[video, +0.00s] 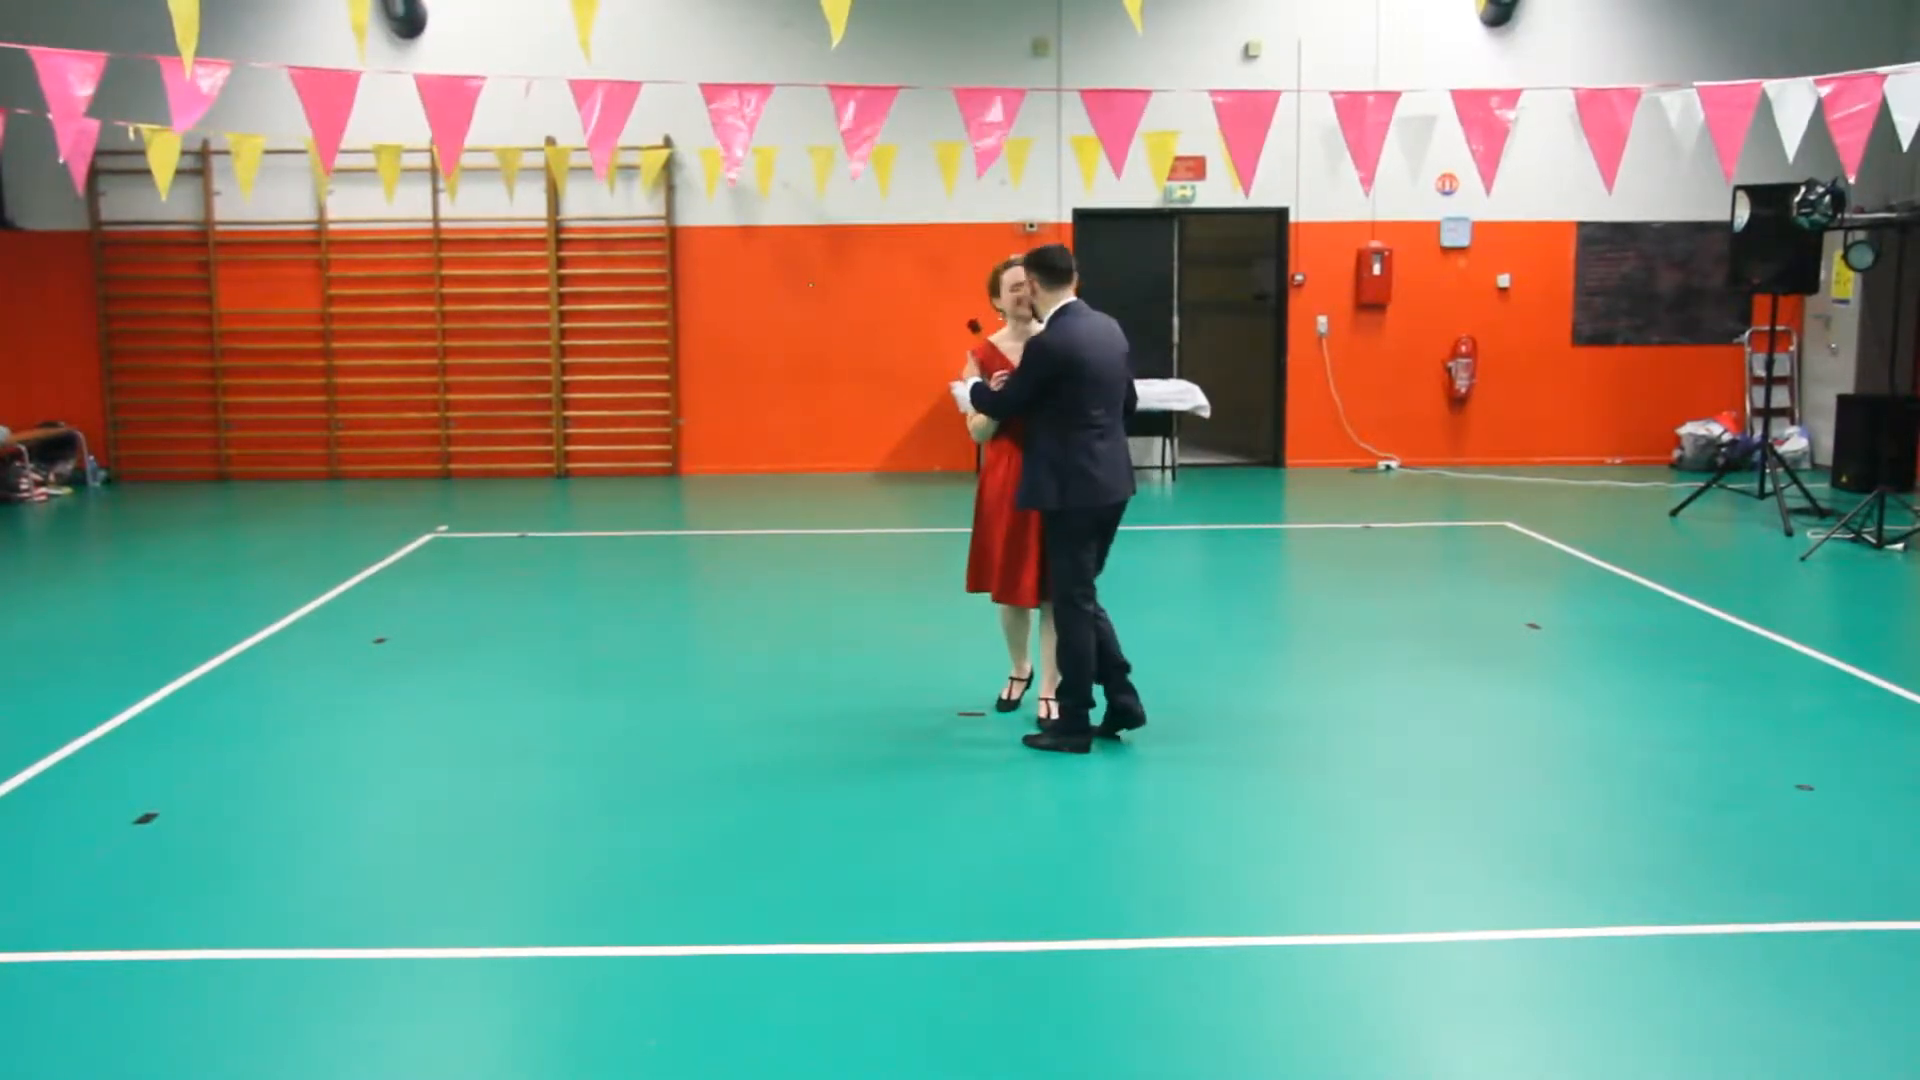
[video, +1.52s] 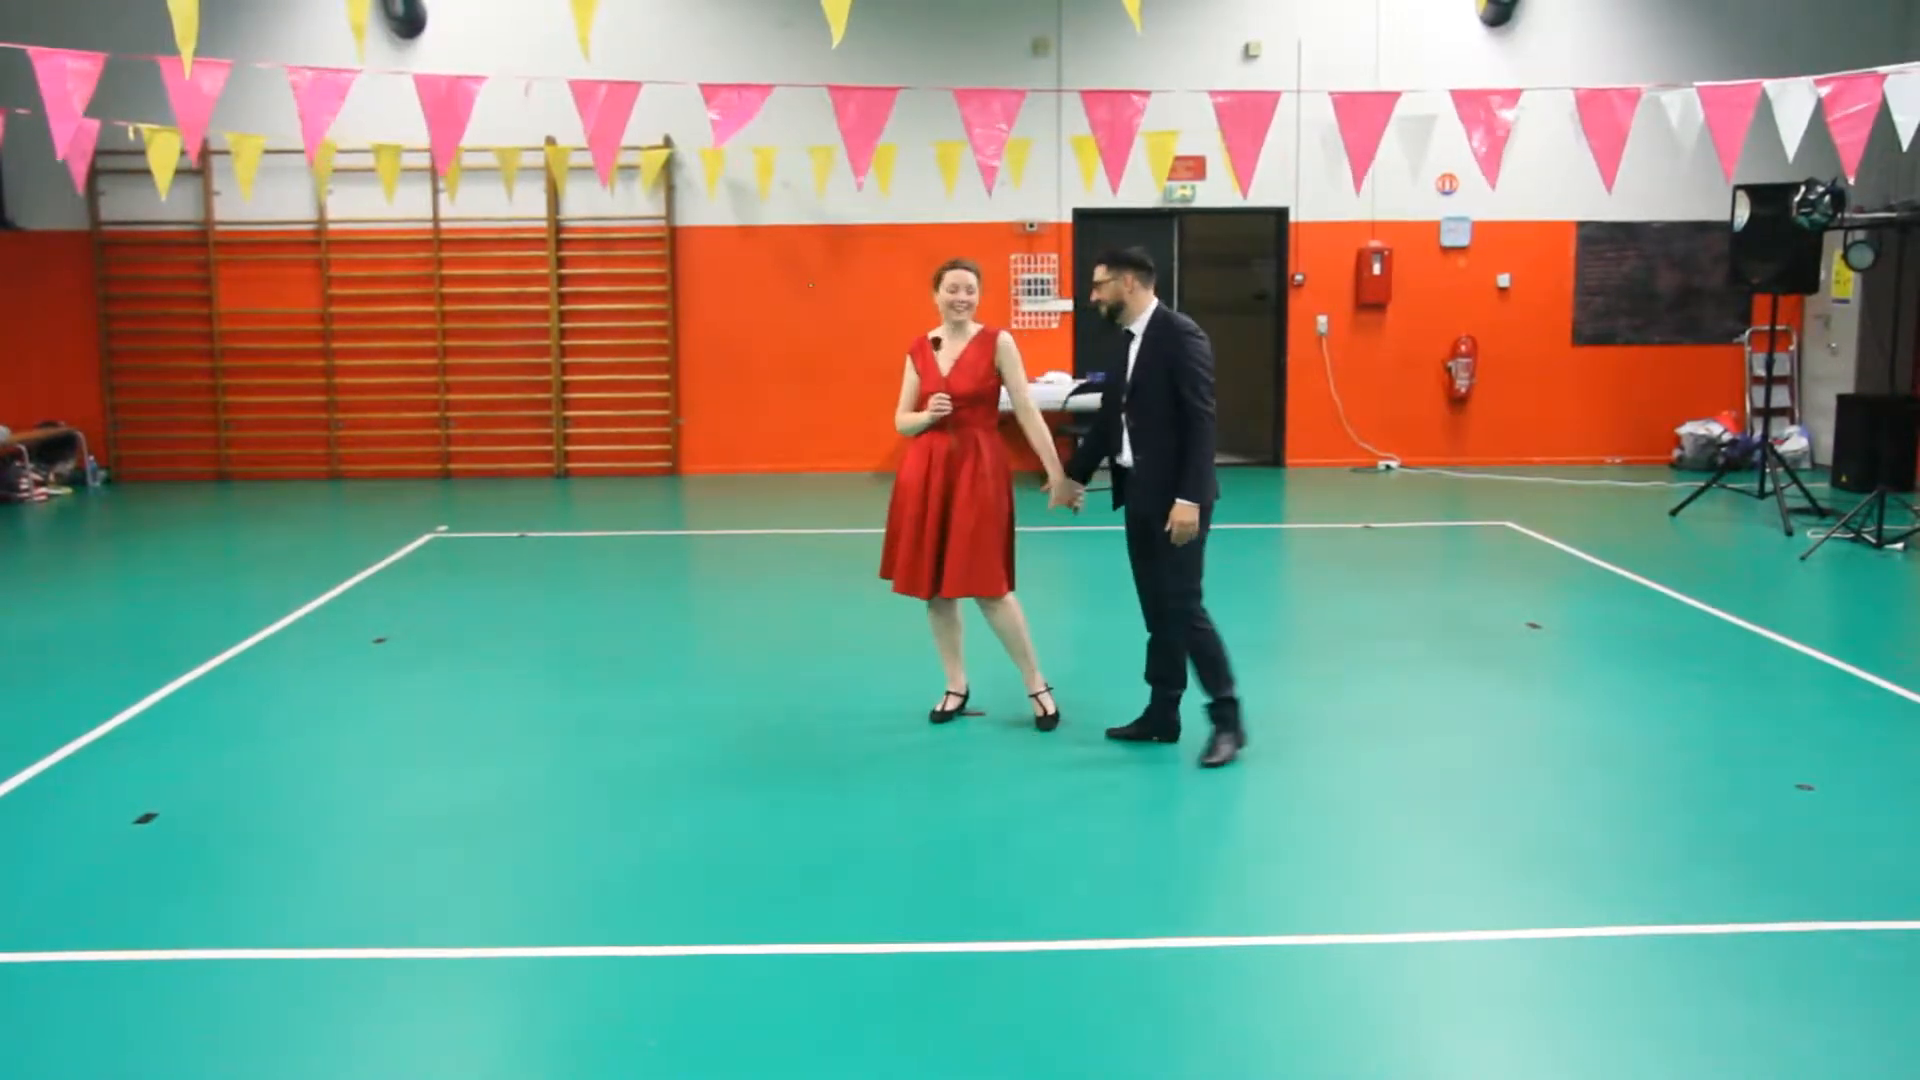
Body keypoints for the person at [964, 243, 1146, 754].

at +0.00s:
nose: (1026, 295)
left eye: (1027, 287)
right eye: (1023, 287)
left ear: (1035, 287)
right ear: (1076, 280)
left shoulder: (1048, 342)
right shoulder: (1111, 330)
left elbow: (1004, 404)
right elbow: (1127, 403)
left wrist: (975, 386)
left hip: (1071, 488)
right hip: (1112, 482)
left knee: (1070, 600)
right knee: (1079, 595)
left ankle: (1073, 723)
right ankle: (1123, 701)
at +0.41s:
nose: (1041, 288)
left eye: (1044, 280)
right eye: (1041, 280)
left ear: (1057, 280)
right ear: (1101, 281)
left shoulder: (1068, 345)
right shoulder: (1128, 334)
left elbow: (1027, 411)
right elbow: (1099, 409)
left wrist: (974, 438)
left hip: (1069, 489)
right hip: (1109, 484)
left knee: (1067, 601)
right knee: (1067, 595)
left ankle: (1072, 724)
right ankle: (1121, 689)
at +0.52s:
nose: (1051, 286)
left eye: (1054, 277)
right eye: (1053, 277)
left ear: (1068, 282)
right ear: (1103, 281)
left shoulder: (1079, 345)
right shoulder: (1127, 335)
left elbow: (1038, 419)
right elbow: (1100, 412)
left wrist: (993, 480)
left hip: (1075, 493)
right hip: (1108, 486)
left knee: (1072, 601)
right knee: (1072, 595)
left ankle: (1070, 724)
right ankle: (1136, 688)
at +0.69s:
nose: (1055, 284)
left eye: (1059, 275)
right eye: (1057, 275)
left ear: (1076, 279)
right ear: (1107, 280)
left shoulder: (1090, 345)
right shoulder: (1130, 333)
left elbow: (1064, 433)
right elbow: (1111, 410)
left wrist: (1044, 509)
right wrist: (1062, 366)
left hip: (1087, 497)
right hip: (1115, 492)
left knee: (1081, 607)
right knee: (1099, 603)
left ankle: (1072, 723)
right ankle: (1151, 700)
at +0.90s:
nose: (1062, 284)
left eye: (1068, 275)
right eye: (1064, 275)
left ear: (1090, 279)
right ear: (1097, 279)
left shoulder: (1122, 339)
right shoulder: (1101, 330)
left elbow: (1129, 428)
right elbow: (1094, 406)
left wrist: (1118, 503)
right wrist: (1055, 425)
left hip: (1107, 498)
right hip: (1101, 493)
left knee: (1084, 609)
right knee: (1124, 603)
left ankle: (1073, 722)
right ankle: (1159, 709)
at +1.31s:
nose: (1079, 294)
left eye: (1085, 283)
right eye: (1079, 285)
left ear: (1116, 283)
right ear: (1108, 286)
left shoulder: (1162, 336)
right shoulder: (1110, 338)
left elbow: (1185, 422)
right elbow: (1101, 421)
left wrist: (1181, 500)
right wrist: (1060, 472)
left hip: (1157, 494)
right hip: (1130, 491)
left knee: (1149, 609)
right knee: (1153, 607)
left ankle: (1143, 728)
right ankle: (1161, 713)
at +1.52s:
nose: (1094, 293)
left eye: (1101, 284)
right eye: (1094, 285)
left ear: (1133, 282)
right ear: (1123, 286)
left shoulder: (1182, 337)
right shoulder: (1124, 341)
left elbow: (1201, 422)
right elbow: (1110, 414)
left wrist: (1191, 497)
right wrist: (1077, 475)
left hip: (1178, 492)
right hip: (1138, 490)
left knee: (1183, 606)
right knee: (1157, 608)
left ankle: (1227, 721)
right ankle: (1161, 715)